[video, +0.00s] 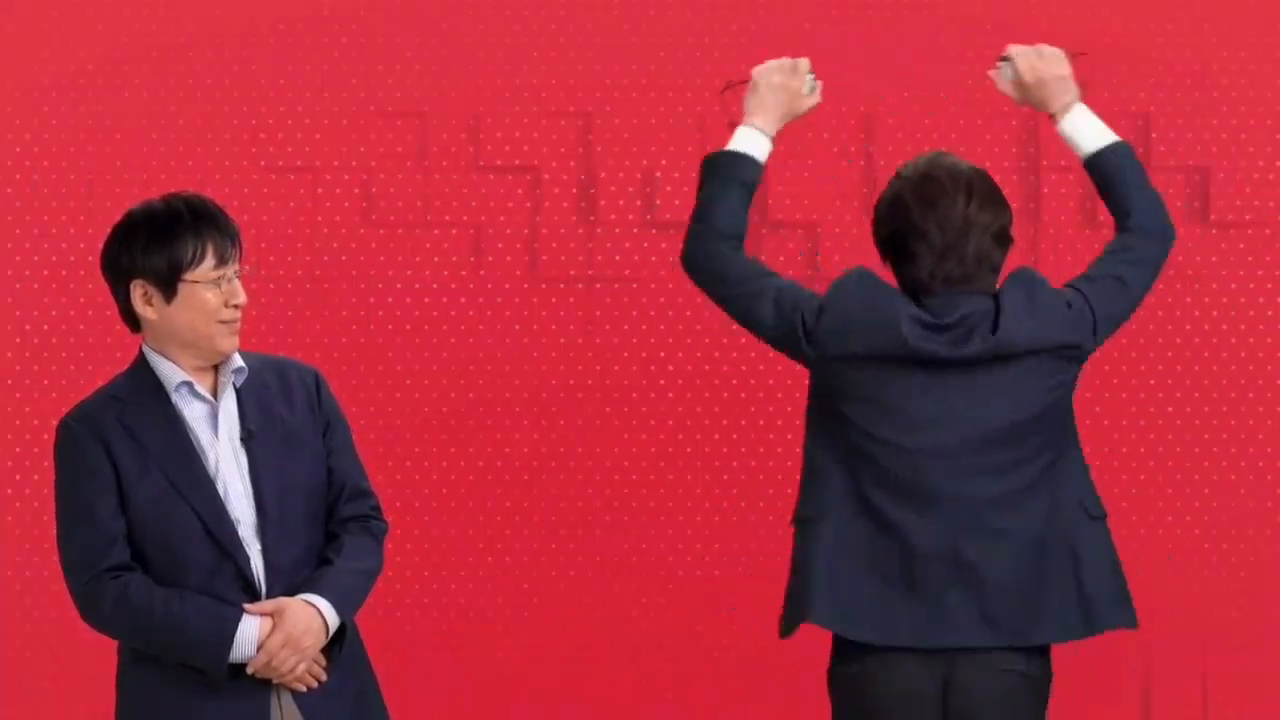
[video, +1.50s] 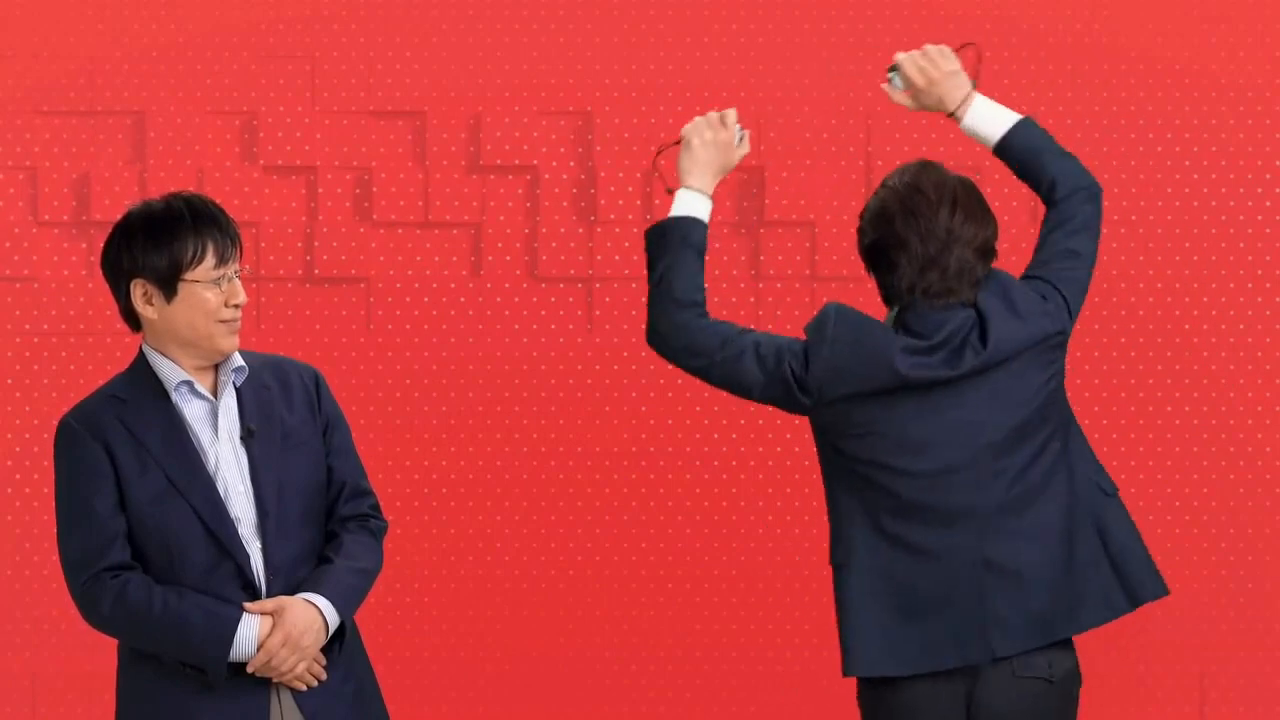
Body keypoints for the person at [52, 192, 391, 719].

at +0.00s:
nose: (238, 298)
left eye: (236, 278)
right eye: (214, 282)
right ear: (147, 300)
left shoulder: (302, 390)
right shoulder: (93, 433)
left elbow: (361, 525)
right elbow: (103, 591)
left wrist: (320, 612)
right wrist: (251, 639)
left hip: (333, 700)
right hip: (192, 708)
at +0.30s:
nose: (238, 298)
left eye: (236, 278)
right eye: (214, 282)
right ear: (147, 300)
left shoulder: (301, 390)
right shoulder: (93, 433)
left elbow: (361, 525)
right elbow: (104, 591)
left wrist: (320, 612)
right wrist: (252, 639)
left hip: (333, 700)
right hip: (192, 708)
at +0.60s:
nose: (235, 298)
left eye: (233, 278)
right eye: (211, 283)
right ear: (144, 301)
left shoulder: (299, 390)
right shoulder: (90, 434)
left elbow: (360, 524)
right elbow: (103, 591)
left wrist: (318, 612)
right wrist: (250, 639)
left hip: (332, 701)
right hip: (191, 708)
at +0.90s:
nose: (233, 297)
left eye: (232, 277)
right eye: (210, 282)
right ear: (143, 300)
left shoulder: (297, 389)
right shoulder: (88, 433)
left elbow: (358, 522)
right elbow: (101, 591)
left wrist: (317, 611)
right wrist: (248, 638)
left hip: (330, 701)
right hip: (189, 708)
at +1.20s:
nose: (235, 297)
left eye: (234, 277)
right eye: (212, 282)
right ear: (145, 300)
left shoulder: (299, 389)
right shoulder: (90, 433)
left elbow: (360, 523)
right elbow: (103, 591)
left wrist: (319, 612)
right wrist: (250, 638)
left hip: (332, 701)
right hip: (191, 708)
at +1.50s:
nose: (239, 297)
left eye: (236, 277)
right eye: (215, 282)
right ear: (147, 300)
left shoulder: (301, 389)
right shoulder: (93, 432)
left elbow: (361, 524)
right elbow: (103, 589)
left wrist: (320, 611)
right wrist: (250, 638)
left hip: (333, 699)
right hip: (192, 707)